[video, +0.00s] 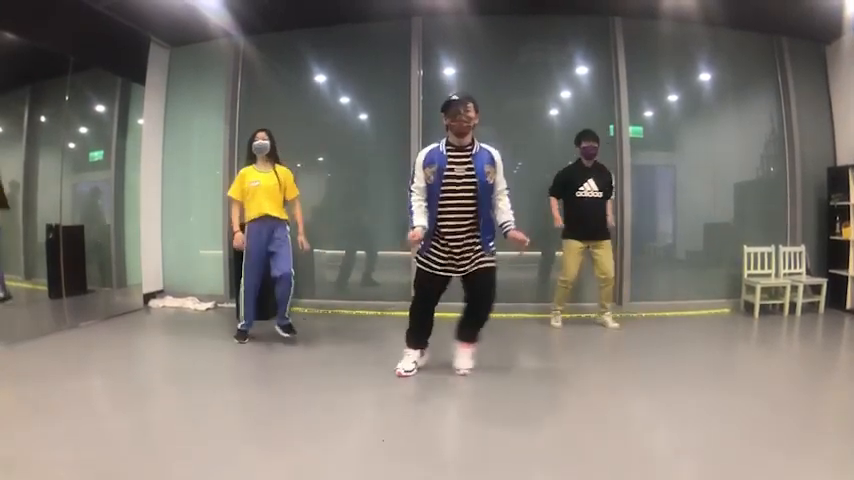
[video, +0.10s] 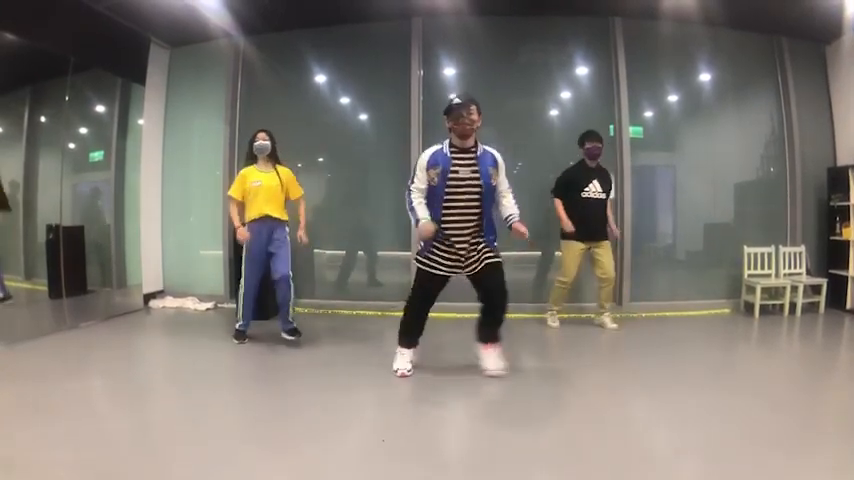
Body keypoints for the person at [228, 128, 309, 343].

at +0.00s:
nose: (261, 142)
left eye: (265, 139)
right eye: (257, 139)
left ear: (272, 145)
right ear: (251, 146)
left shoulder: (283, 172)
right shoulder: (245, 173)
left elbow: (295, 203)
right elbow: (236, 202)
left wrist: (301, 232)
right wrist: (237, 230)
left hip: (279, 225)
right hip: (254, 225)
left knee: (285, 273)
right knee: (251, 276)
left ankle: (283, 320)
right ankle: (245, 323)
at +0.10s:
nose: (261, 142)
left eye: (265, 139)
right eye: (257, 140)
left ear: (272, 146)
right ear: (252, 147)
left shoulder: (284, 172)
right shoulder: (245, 174)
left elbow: (299, 198)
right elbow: (233, 202)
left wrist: (302, 227)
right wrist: (238, 226)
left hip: (279, 226)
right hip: (254, 225)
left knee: (283, 274)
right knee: (250, 277)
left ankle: (287, 324)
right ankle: (242, 324)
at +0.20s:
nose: (265, 146)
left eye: (269, 143)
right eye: (261, 143)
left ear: (276, 149)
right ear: (256, 150)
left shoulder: (287, 175)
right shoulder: (249, 175)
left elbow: (307, 197)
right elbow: (229, 201)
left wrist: (302, 220)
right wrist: (243, 218)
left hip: (281, 230)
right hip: (257, 229)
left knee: (284, 280)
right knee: (251, 280)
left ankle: (297, 332)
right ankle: (240, 327)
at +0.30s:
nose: (271, 145)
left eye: (275, 142)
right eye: (267, 142)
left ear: (282, 148)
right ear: (261, 149)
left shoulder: (292, 175)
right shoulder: (254, 174)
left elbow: (309, 198)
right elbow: (235, 199)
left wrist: (303, 222)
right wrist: (246, 221)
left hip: (284, 230)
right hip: (259, 229)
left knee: (291, 280)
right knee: (252, 280)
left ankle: (298, 332)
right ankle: (243, 327)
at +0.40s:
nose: (279, 141)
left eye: (284, 138)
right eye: (275, 139)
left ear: (291, 145)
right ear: (269, 145)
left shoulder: (298, 174)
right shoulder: (260, 168)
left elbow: (309, 206)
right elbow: (249, 200)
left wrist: (289, 226)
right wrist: (245, 229)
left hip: (281, 225)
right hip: (257, 223)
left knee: (289, 281)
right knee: (248, 279)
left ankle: (297, 332)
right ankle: (253, 322)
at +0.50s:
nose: (281, 144)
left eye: (286, 141)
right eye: (278, 140)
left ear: (294, 148)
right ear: (272, 146)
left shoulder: (297, 176)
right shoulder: (260, 170)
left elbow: (302, 212)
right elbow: (251, 202)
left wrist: (269, 221)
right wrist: (243, 234)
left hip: (279, 234)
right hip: (254, 232)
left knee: (287, 283)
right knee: (241, 280)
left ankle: (297, 333)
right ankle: (252, 325)